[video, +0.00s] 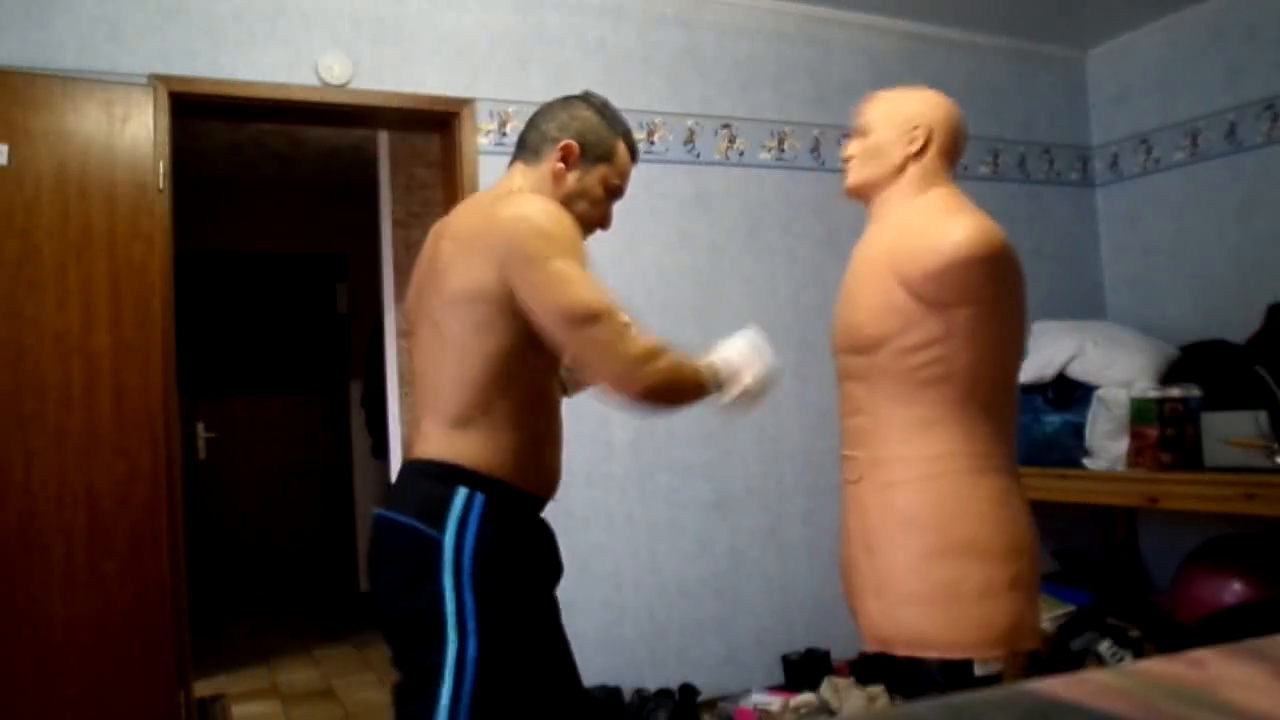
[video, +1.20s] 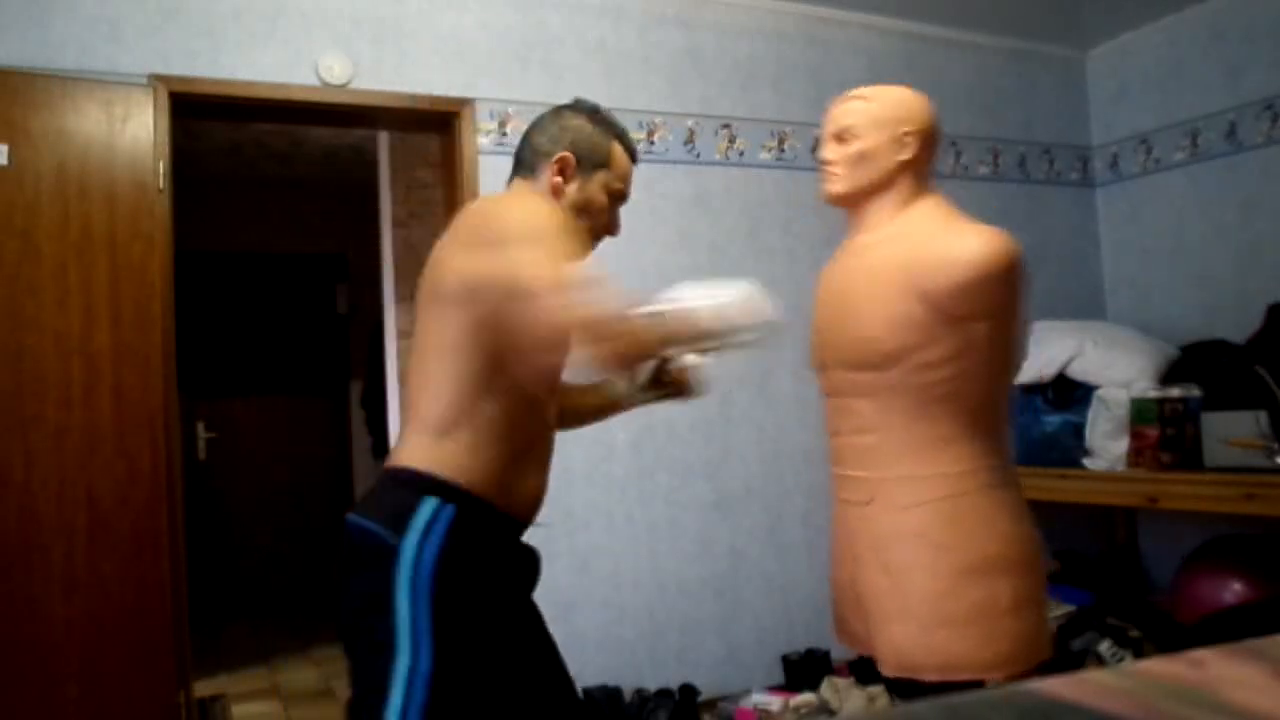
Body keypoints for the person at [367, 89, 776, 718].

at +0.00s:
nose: (608, 218)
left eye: (617, 198)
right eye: (610, 192)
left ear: (557, 158)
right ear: (565, 161)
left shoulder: (463, 225)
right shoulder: (528, 221)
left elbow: (513, 382)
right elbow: (635, 371)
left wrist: (594, 361)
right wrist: (716, 373)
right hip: (472, 530)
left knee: (540, 707)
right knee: (469, 709)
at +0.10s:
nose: (602, 210)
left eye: (610, 191)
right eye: (602, 184)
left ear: (551, 155)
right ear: (555, 154)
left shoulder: (468, 213)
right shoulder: (490, 216)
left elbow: (481, 376)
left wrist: (582, 354)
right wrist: (631, 413)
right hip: (461, 523)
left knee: (531, 704)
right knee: (481, 709)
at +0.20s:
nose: (581, 201)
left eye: (589, 180)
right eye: (580, 173)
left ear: (526, 146)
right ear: (528, 143)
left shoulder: (487, 232)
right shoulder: (446, 210)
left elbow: (505, 378)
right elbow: (475, 384)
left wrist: (578, 326)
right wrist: (593, 362)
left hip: (488, 518)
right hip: (440, 520)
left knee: (538, 706)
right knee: (466, 710)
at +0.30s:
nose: (548, 193)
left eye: (557, 172)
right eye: (547, 167)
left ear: (493, 142)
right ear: (491, 137)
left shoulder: (467, 240)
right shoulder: (403, 214)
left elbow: (507, 375)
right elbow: (475, 376)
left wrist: (565, 289)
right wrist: (574, 293)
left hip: (481, 527)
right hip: (422, 529)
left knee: (532, 705)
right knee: (433, 711)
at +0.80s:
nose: (498, 188)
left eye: (507, 169)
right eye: (498, 163)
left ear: (433, 129)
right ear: (437, 126)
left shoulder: (424, 231)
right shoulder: (321, 202)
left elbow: (419, 377)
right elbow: (387, 389)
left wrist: (502, 328)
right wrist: (489, 272)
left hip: (442, 558)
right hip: (353, 565)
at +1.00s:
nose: (571, 199)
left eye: (579, 179)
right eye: (566, 173)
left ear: (504, 150)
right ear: (500, 145)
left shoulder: (522, 261)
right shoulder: (356, 225)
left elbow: (624, 331)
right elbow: (288, 407)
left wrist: (741, 329)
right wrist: (446, 338)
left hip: (468, 574)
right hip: (353, 573)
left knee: (545, 717)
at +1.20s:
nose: (616, 225)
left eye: (622, 203)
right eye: (613, 198)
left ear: (559, 175)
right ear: (561, 173)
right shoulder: (514, 220)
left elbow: (532, 408)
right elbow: (605, 341)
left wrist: (636, 389)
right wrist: (691, 328)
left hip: (470, 543)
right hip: (433, 539)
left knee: (544, 710)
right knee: (412, 709)